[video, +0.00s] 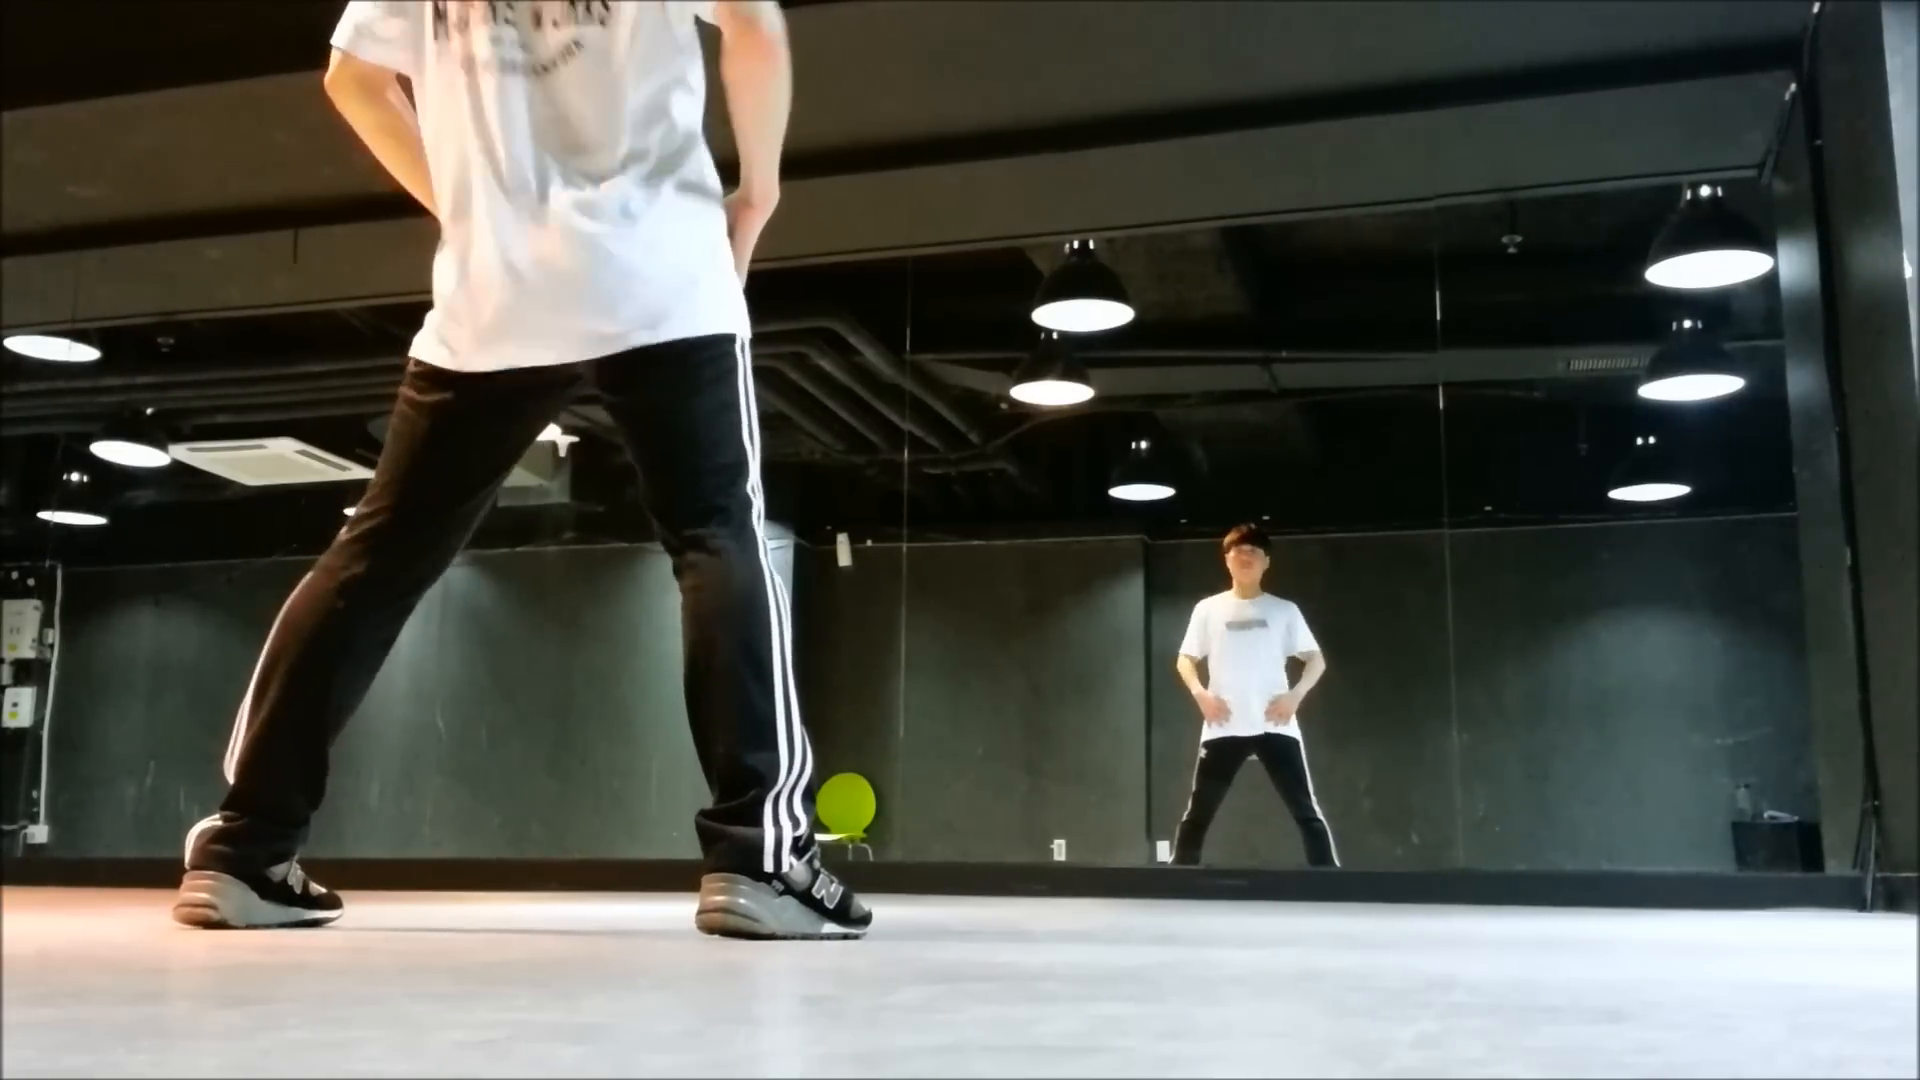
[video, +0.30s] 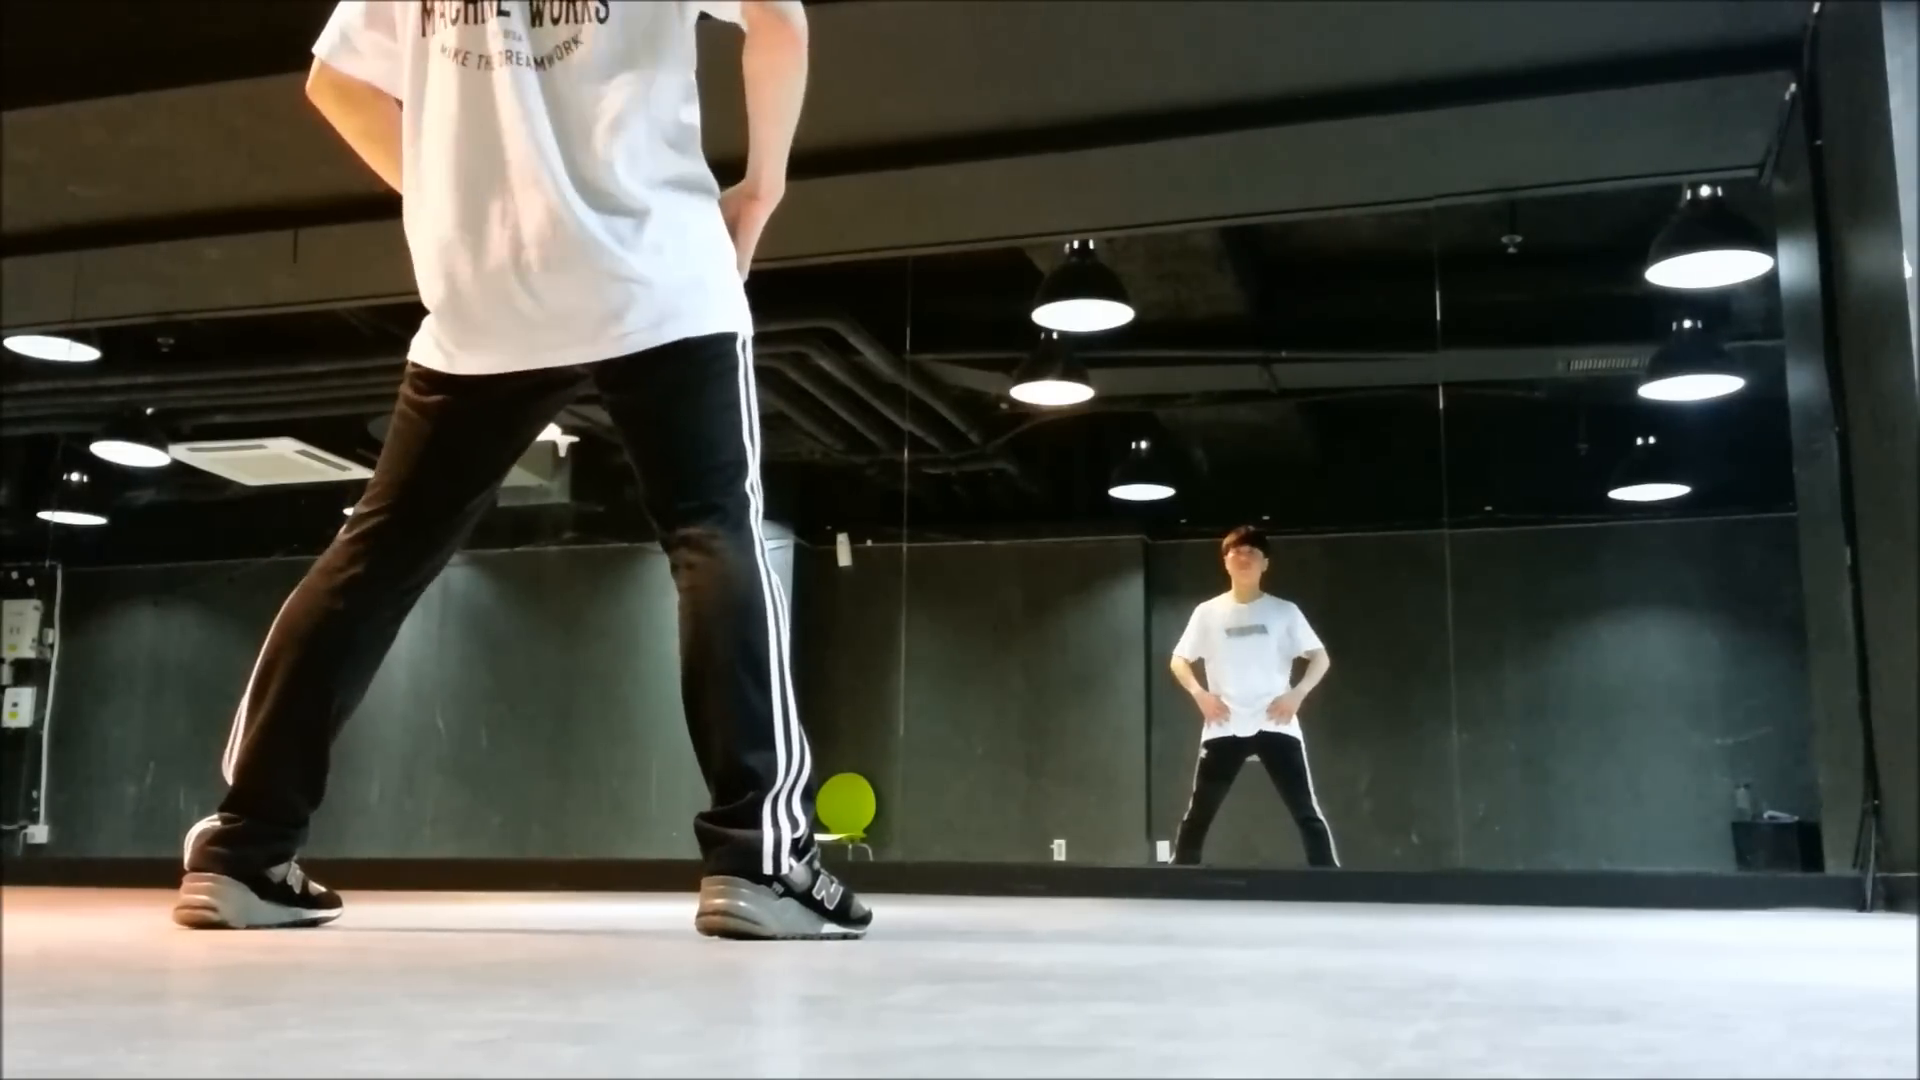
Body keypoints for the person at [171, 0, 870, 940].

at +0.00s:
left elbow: (355, 75)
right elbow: (752, 26)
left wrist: (464, 204)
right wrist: (758, 187)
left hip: (493, 271)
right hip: (661, 266)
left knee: (378, 554)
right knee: (719, 544)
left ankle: (241, 845)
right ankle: (760, 854)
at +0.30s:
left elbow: (338, 76)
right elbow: (776, 15)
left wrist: (455, 193)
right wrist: (764, 180)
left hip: (481, 259)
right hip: (652, 251)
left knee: (377, 553)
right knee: (715, 539)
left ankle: (241, 847)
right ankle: (759, 854)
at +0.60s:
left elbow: (366, 69)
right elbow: (734, 26)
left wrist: (462, 199)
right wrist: (756, 199)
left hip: (483, 262)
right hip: (652, 256)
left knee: (367, 553)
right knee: (712, 546)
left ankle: (238, 849)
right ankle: (759, 856)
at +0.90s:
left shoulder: (440, 3)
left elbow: (368, 81)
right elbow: (801, 25)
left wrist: (461, 228)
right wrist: (782, 194)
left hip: (483, 273)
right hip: (649, 272)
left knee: (411, 569)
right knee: (750, 564)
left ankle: (202, 818)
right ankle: (828, 844)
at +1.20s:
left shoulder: (454, 14)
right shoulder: (704, 3)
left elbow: (349, 159)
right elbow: (793, 108)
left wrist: (452, 281)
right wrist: (750, 280)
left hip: (477, 338)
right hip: (637, 330)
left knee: (461, 633)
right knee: (713, 623)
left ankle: (214, 834)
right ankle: (777, 831)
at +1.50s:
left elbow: (342, 89)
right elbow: (790, 21)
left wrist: (451, 220)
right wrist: (761, 193)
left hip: (500, 289)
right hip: (668, 275)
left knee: (402, 567)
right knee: (791, 534)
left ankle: (313, 839)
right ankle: (724, 844)